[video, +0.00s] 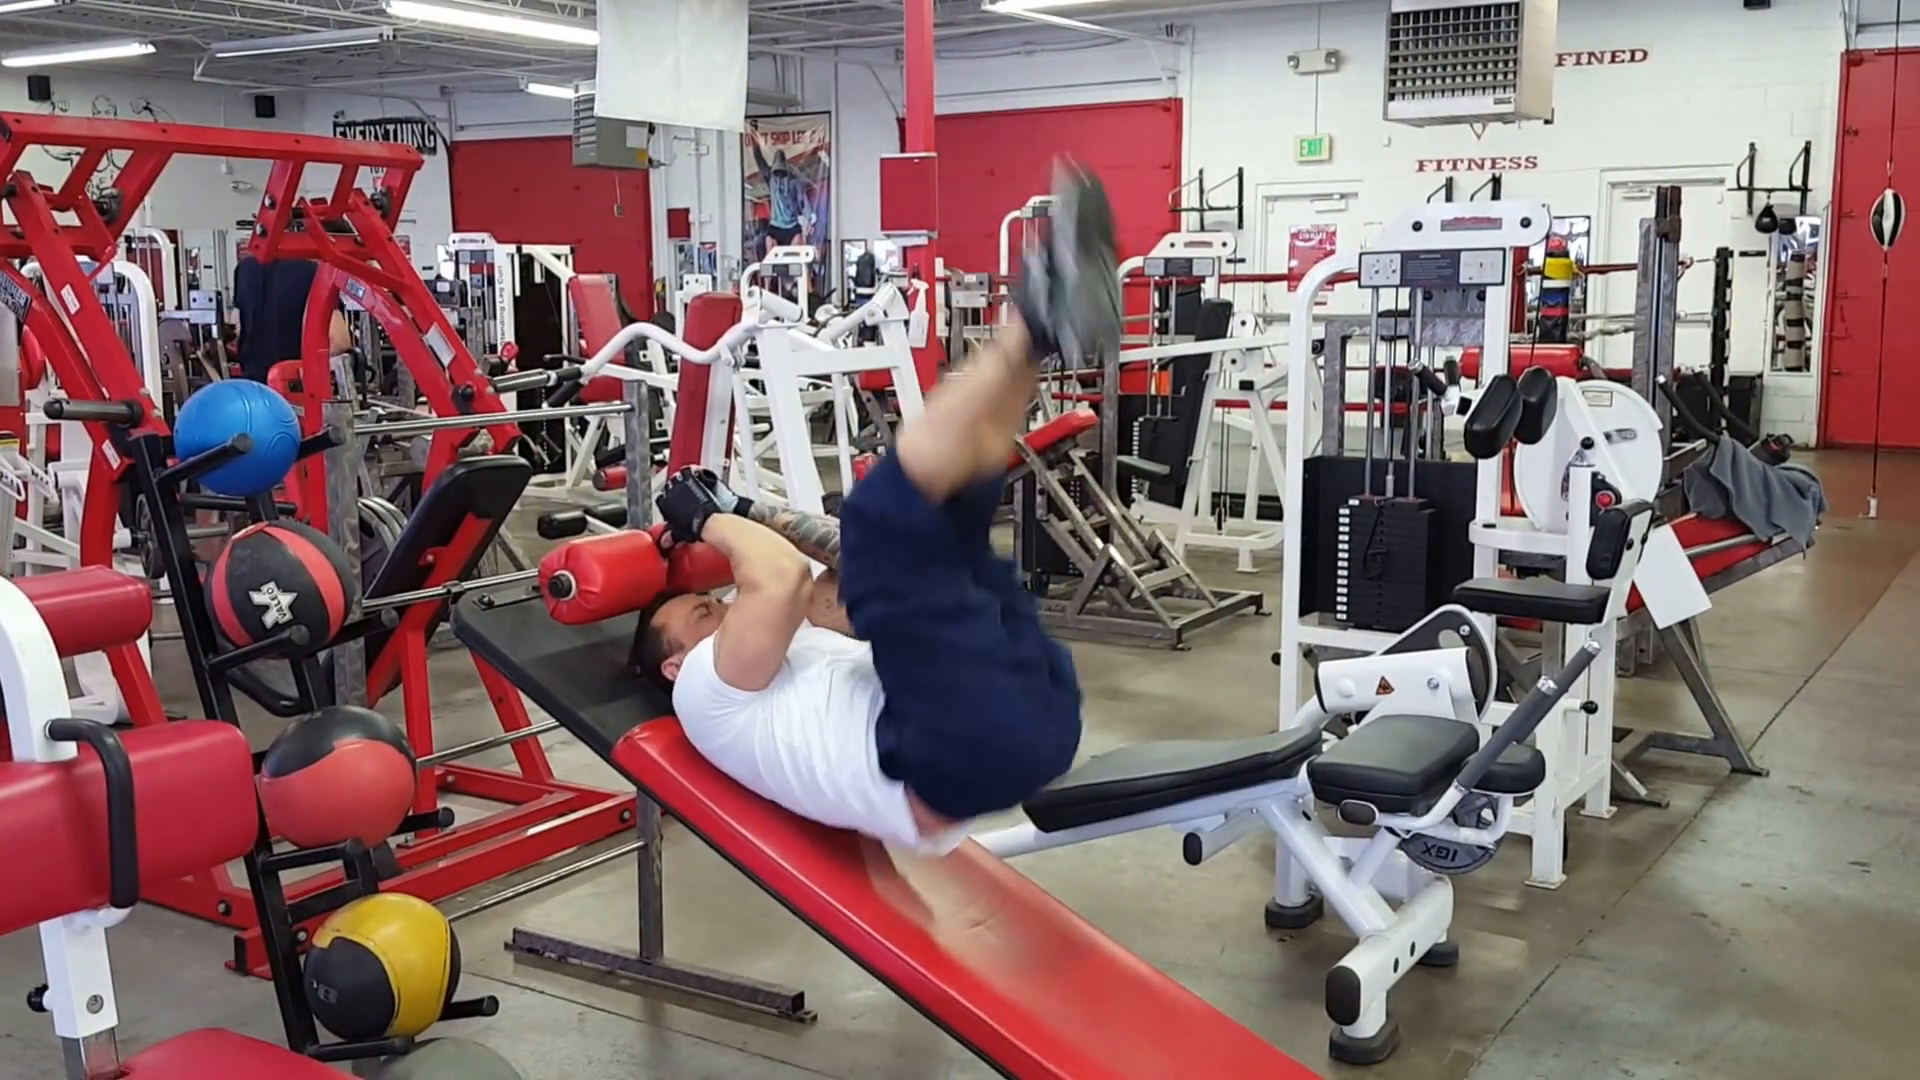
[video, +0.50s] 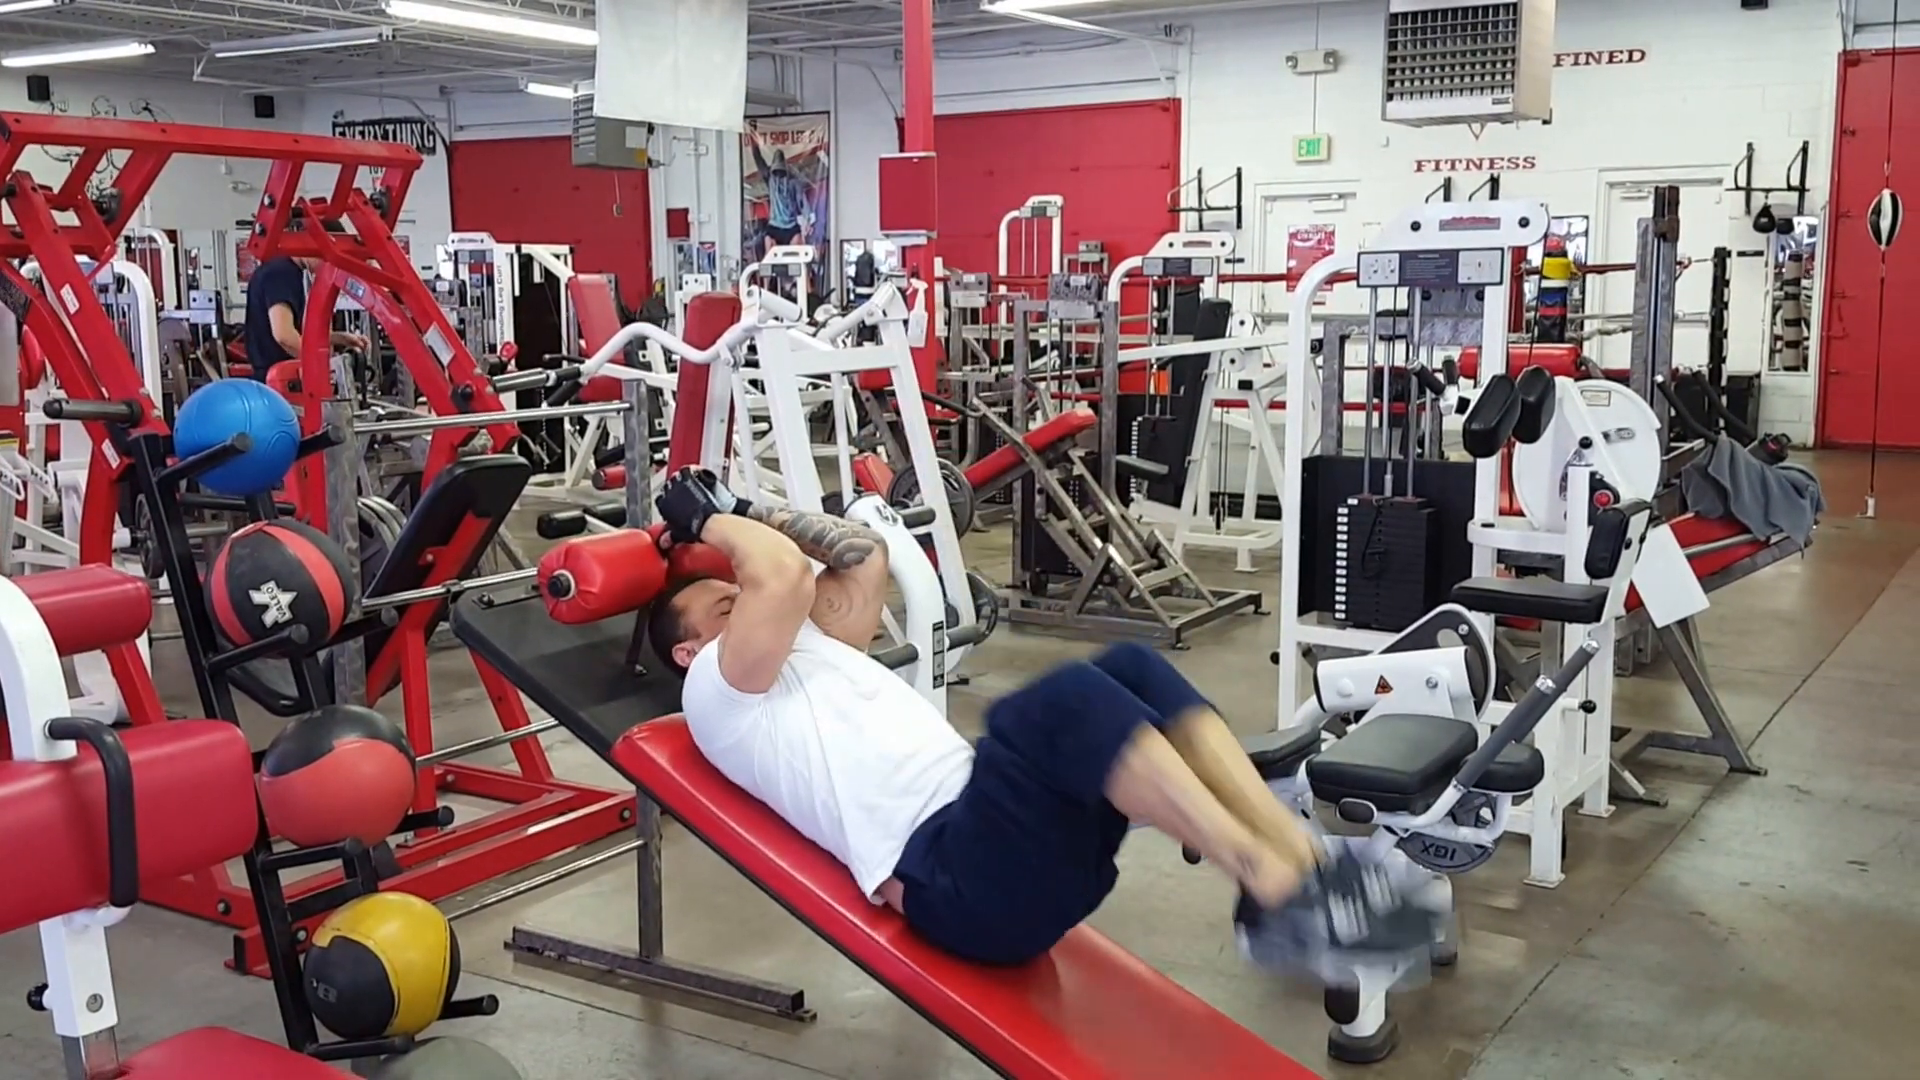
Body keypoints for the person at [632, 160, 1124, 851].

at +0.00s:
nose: (722, 612)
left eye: (715, 607)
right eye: (699, 617)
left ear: (727, 614)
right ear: (672, 666)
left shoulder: (795, 664)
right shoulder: (704, 696)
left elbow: (848, 604)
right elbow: (781, 574)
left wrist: (754, 527)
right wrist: (706, 517)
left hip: (1039, 719)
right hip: (966, 753)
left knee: (940, 524)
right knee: (879, 515)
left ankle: (1039, 331)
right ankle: (1027, 328)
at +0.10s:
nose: (721, 608)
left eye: (715, 600)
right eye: (699, 610)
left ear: (734, 605)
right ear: (668, 660)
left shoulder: (797, 656)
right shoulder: (702, 691)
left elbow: (844, 595)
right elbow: (779, 576)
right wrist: (710, 521)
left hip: (1033, 763)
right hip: (960, 800)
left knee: (941, 564)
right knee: (883, 562)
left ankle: (1105, 443)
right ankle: (1084, 432)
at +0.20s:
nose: (715, 605)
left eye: (706, 601)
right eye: (694, 609)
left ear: (714, 619)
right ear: (678, 649)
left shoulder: (800, 666)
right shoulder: (708, 687)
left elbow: (874, 619)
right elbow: (776, 574)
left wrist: (786, 557)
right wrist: (708, 518)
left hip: (1030, 790)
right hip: (967, 834)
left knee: (935, 595)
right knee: (911, 593)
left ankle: (1168, 549)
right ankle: (1153, 547)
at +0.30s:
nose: (727, 601)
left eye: (719, 593)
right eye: (704, 605)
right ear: (683, 650)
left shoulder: (816, 649)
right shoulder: (714, 690)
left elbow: (868, 554)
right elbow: (784, 571)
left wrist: (773, 528)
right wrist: (716, 519)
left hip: (1020, 819)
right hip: (955, 853)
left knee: (1034, 578)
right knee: (975, 609)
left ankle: (1223, 658)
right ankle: (1205, 672)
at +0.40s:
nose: (724, 599)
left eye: (716, 592)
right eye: (704, 602)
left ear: (731, 610)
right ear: (685, 647)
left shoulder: (819, 646)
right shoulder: (717, 692)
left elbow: (871, 549)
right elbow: (774, 561)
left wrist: (781, 537)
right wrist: (703, 514)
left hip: (1017, 834)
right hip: (950, 874)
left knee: (1084, 614)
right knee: (1022, 649)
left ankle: (1273, 760)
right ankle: (1236, 781)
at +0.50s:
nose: (733, 609)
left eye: (726, 599)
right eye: (710, 609)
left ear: (739, 611)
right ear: (687, 648)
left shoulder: (822, 650)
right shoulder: (716, 696)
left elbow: (868, 549)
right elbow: (777, 567)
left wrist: (781, 550)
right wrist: (702, 516)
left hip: (1021, 856)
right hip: (952, 888)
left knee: (1135, 665)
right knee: (1066, 698)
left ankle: (1313, 878)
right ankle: (1267, 891)